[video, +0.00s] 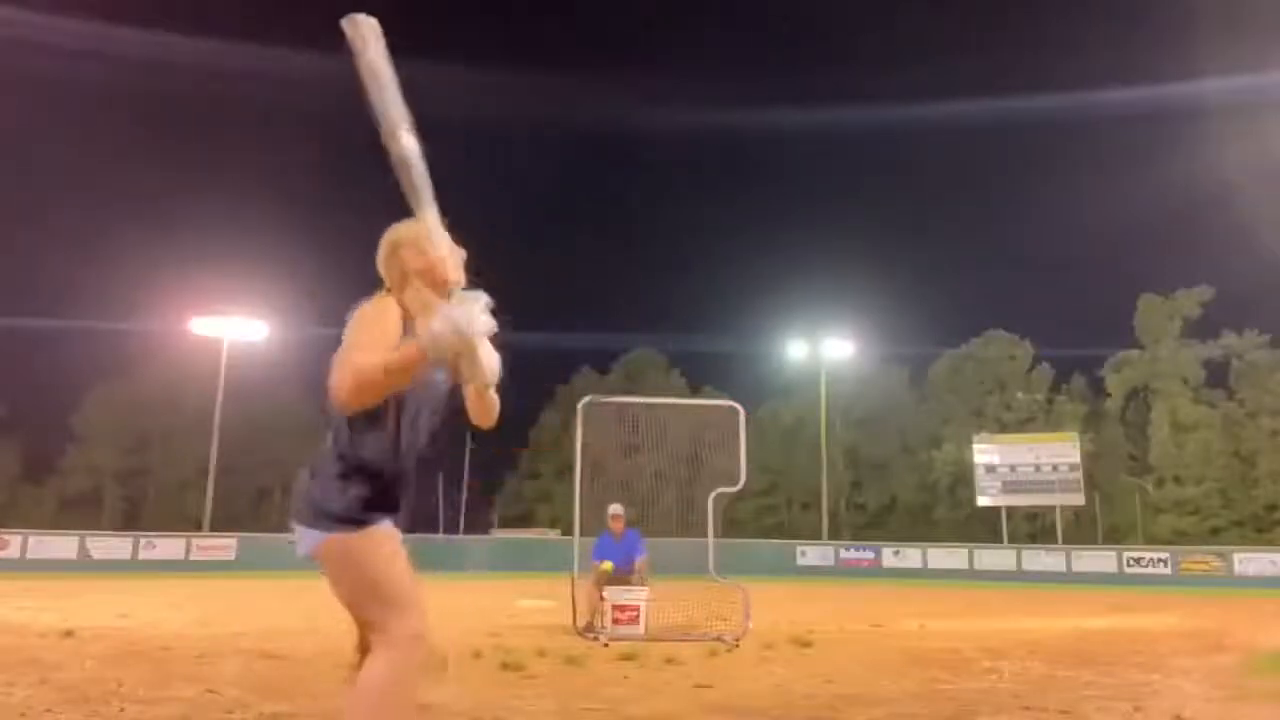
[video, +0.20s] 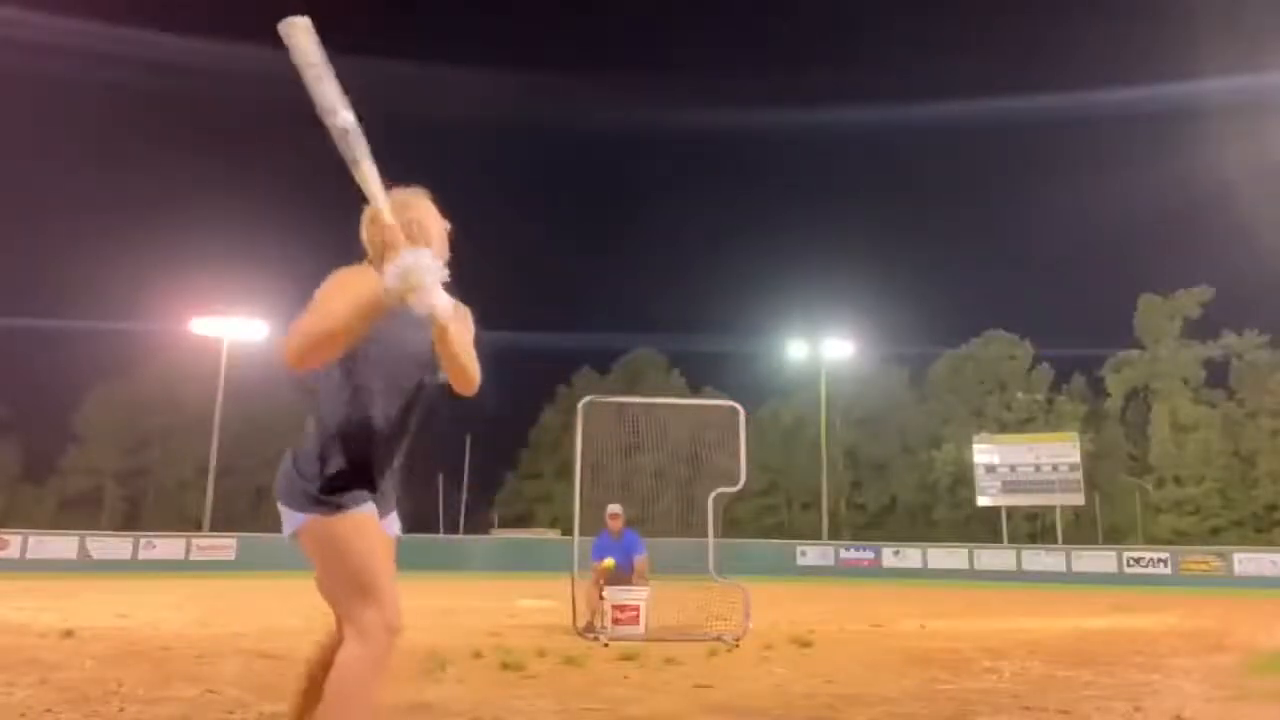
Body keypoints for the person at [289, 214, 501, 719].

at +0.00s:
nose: (459, 253)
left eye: (454, 245)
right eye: (444, 245)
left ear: (438, 262)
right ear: (413, 262)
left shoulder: (451, 322)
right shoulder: (380, 313)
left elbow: (485, 417)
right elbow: (346, 392)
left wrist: (475, 356)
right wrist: (434, 341)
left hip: (375, 508)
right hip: (342, 507)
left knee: (381, 643)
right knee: (404, 638)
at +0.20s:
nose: (448, 229)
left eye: (444, 221)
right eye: (436, 219)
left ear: (420, 234)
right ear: (403, 230)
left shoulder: (450, 312)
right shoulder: (355, 283)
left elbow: (467, 383)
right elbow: (299, 351)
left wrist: (442, 321)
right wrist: (387, 291)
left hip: (377, 491)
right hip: (324, 488)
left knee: (360, 628)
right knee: (375, 626)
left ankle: (311, 710)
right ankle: (339, 714)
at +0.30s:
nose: (430, 231)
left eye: (428, 222)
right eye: (418, 223)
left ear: (422, 232)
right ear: (379, 230)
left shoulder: (435, 304)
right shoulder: (334, 276)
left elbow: (453, 367)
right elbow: (293, 344)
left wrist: (413, 296)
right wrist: (359, 275)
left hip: (362, 488)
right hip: (310, 480)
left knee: (322, 634)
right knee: (359, 626)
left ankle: (242, 710)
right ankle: (322, 712)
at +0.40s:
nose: (421, 228)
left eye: (417, 218)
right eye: (409, 219)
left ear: (399, 231)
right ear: (371, 230)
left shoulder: (418, 301)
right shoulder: (325, 274)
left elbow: (443, 364)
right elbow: (291, 344)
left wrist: (407, 296)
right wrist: (355, 280)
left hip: (348, 484)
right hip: (299, 475)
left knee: (305, 633)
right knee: (351, 625)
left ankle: (210, 712)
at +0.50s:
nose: (401, 246)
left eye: (401, 236)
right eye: (391, 235)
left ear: (387, 248)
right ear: (355, 239)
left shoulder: (388, 303)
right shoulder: (311, 282)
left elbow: (427, 370)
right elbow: (295, 360)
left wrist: (408, 312)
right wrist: (352, 294)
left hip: (317, 485)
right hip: (282, 482)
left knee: (269, 640)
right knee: (344, 626)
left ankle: (198, 712)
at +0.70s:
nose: (376, 260)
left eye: (375, 251)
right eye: (369, 250)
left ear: (331, 248)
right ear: (345, 248)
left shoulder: (345, 302)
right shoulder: (307, 286)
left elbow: (401, 376)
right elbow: (317, 363)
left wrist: (410, 320)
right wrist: (366, 308)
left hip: (264, 481)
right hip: (272, 481)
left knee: (244, 637)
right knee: (332, 619)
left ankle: (185, 712)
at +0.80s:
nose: (375, 246)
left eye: (371, 236)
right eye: (368, 236)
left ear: (314, 240)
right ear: (349, 241)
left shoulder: (305, 289)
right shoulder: (320, 282)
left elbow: (394, 377)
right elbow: (344, 356)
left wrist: (418, 319)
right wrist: (386, 301)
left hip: (247, 482)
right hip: (282, 485)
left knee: (241, 637)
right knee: (337, 620)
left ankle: (183, 713)